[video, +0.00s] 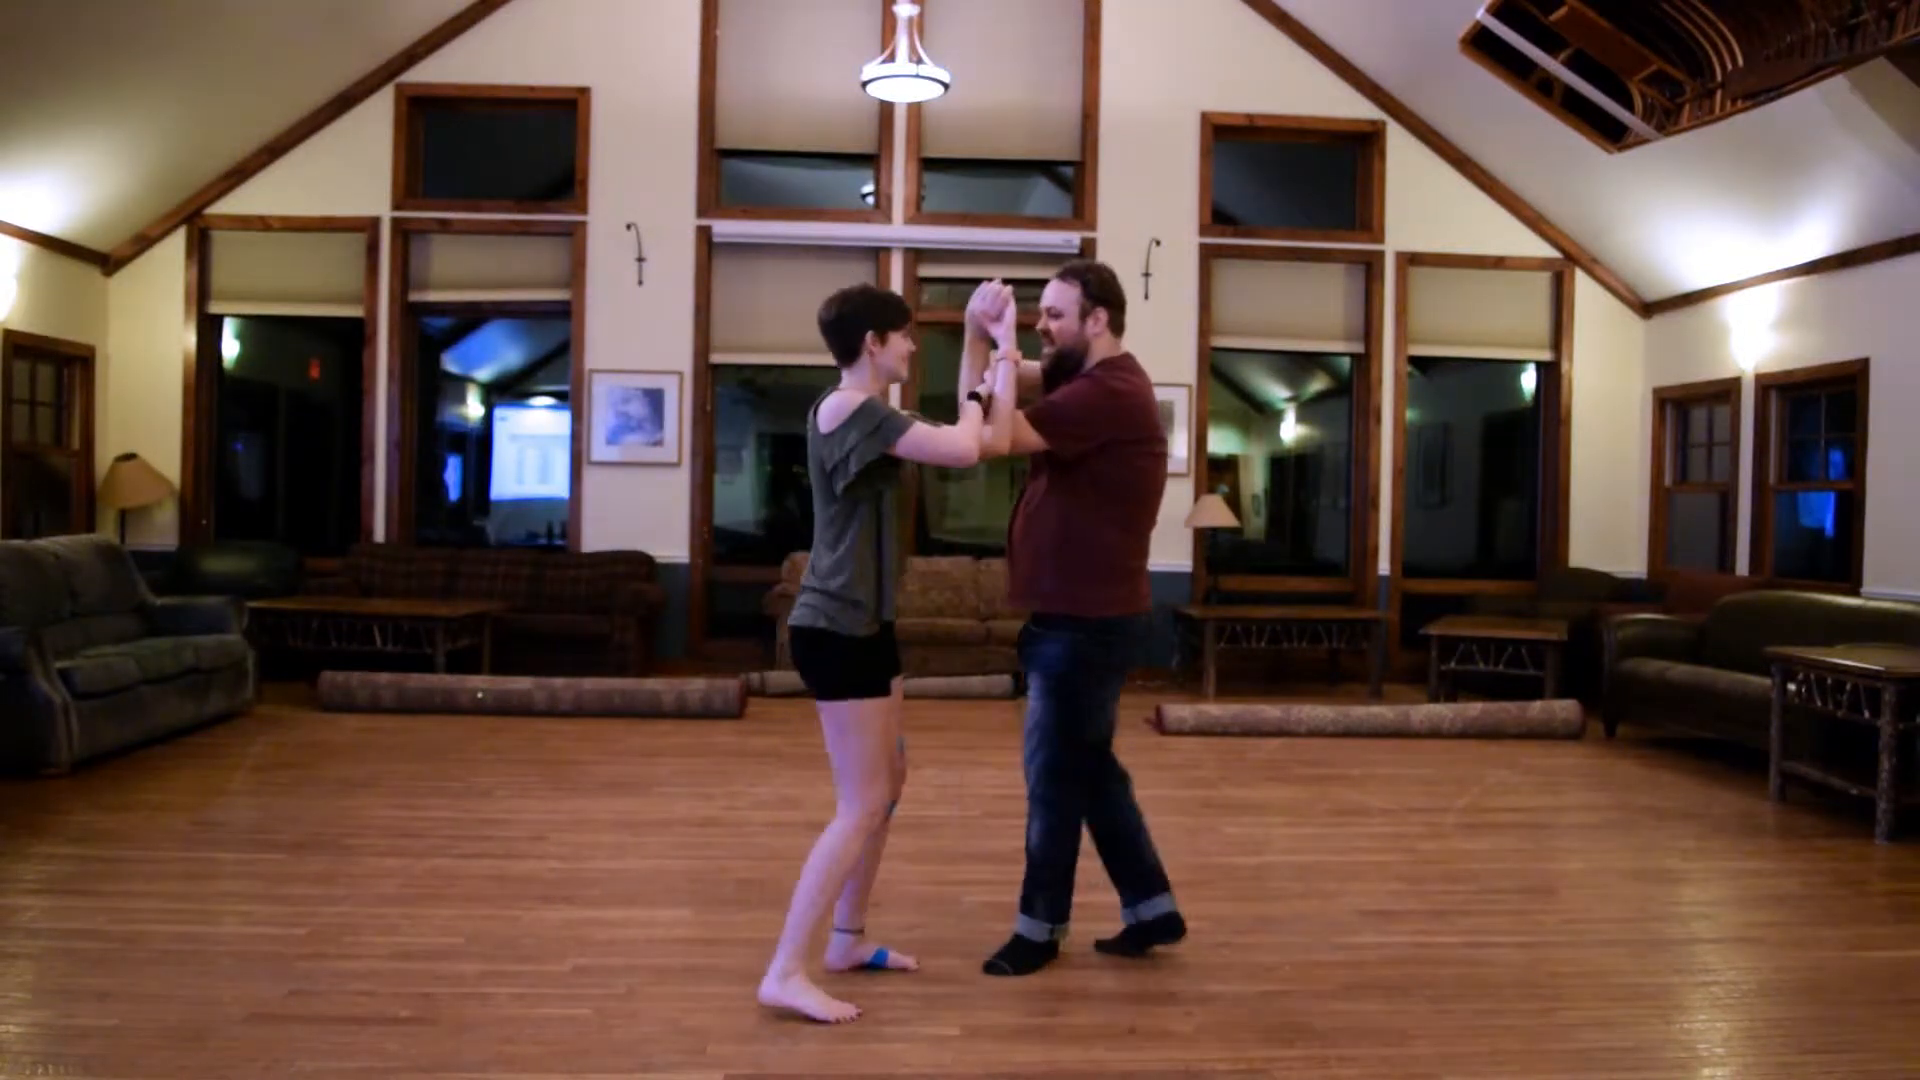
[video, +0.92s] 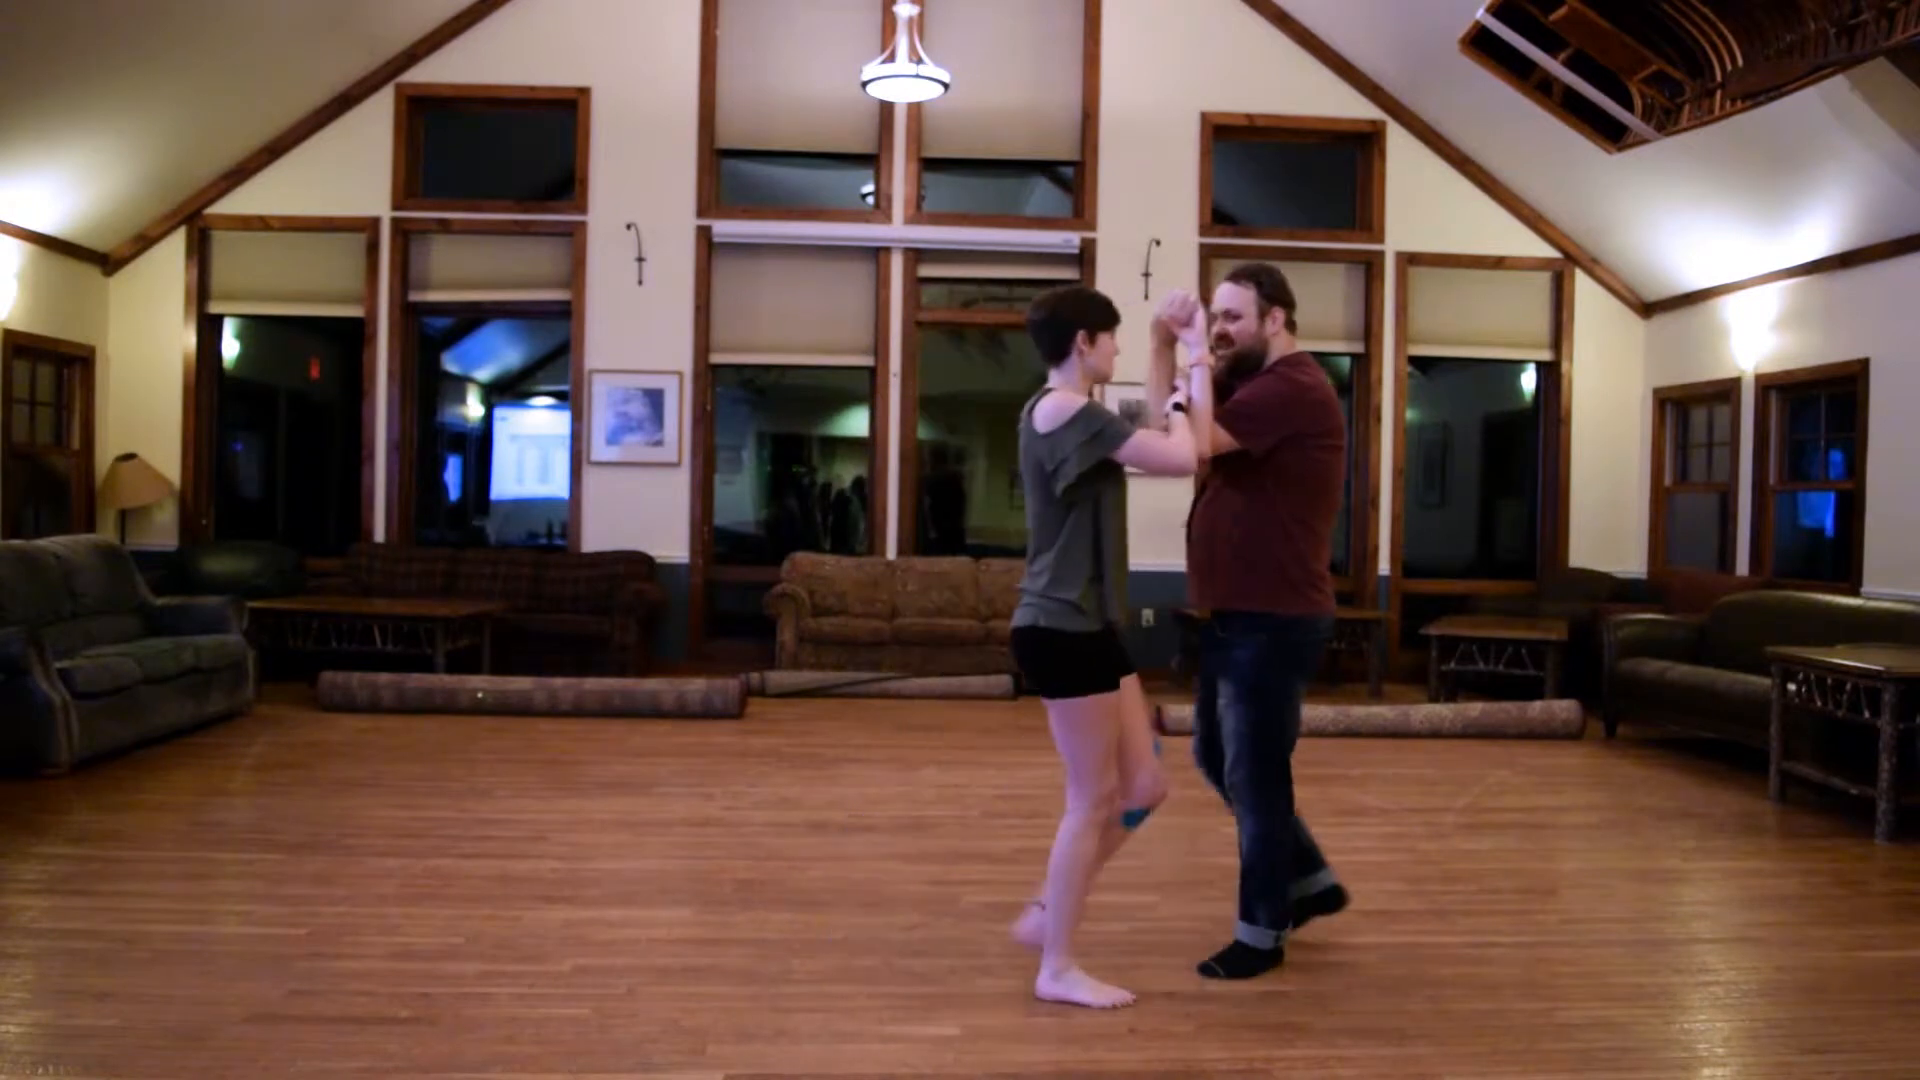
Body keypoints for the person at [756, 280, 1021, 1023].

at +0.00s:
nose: (913, 349)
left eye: (911, 336)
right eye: (907, 336)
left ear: (860, 347)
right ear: (876, 344)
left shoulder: (843, 409)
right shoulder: (858, 416)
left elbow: (955, 443)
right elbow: (969, 447)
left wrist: (972, 371)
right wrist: (998, 352)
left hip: (858, 623)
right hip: (840, 628)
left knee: (887, 778)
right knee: (862, 804)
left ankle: (846, 940)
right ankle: (784, 974)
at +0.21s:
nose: (951, 349)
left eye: (950, 337)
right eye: (944, 337)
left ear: (902, 344)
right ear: (909, 342)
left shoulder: (877, 406)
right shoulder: (889, 411)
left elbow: (998, 439)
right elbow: (983, 453)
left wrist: (1016, 363)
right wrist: (1012, 384)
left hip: (861, 615)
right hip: (872, 620)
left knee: (881, 785)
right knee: (945, 775)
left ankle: (846, 933)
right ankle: (877, 935)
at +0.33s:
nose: (979, 349)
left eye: (977, 337)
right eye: (971, 337)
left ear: (926, 345)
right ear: (938, 344)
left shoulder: (903, 407)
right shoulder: (915, 414)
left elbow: (1017, 439)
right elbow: (1012, 453)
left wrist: (1040, 353)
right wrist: (1036, 386)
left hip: (890, 615)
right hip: (897, 622)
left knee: (891, 782)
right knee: (967, 775)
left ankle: (847, 935)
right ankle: (979, 953)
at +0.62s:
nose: (1044, 358)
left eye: (1043, 346)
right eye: (1038, 347)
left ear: (994, 354)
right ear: (1008, 352)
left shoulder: (974, 418)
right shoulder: (991, 425)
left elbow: (1086, 448)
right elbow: (1091, 464)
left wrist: (1100, 364)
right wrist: (1116, 384)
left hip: (972, 626)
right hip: (989, 632)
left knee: (962, 789)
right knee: (1047, 790)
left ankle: (866, 913)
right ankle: (1055, 968)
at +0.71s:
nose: (1063, 357)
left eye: (1062, 345)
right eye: (1059, 345)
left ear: (1015, 352)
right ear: (1032, 350)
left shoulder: (990, 418)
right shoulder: (1015, 425)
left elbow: (1102, 448)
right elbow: (1123, 462)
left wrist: (1111, 363)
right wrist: (1145, 372)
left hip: (999, 623)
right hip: (1020, 629)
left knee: (1020, 797)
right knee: (1067, 791)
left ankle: (902, 890)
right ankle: (1056, 969)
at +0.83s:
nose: (1098, 350)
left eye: (1095, 338)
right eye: (1092, 338)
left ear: (1048, 348)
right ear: (1065, 346)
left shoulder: (1036, 412)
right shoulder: (1047, 421)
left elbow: (1134, 436)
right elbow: (1158, 461)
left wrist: (1142, 351)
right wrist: (1179, 371)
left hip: (1061, 625)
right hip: (1046, 630)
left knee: (1112, 791)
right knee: (1084, 798)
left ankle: (982, 886)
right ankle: (1057, 971)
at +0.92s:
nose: (1118, 349)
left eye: (1117, 337)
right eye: (1113, 337)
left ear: (1066, 347)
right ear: (1086, 344)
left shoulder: (1053, 410)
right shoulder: (1071, 419)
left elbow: (1161, 438)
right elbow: (1187, 454)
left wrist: (1165, 356)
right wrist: (1198, 371)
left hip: (1084, 625)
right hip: (1064, 631)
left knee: (1142, 788)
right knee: (1090, 801)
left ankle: (1045, 913)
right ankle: (1055, 970)